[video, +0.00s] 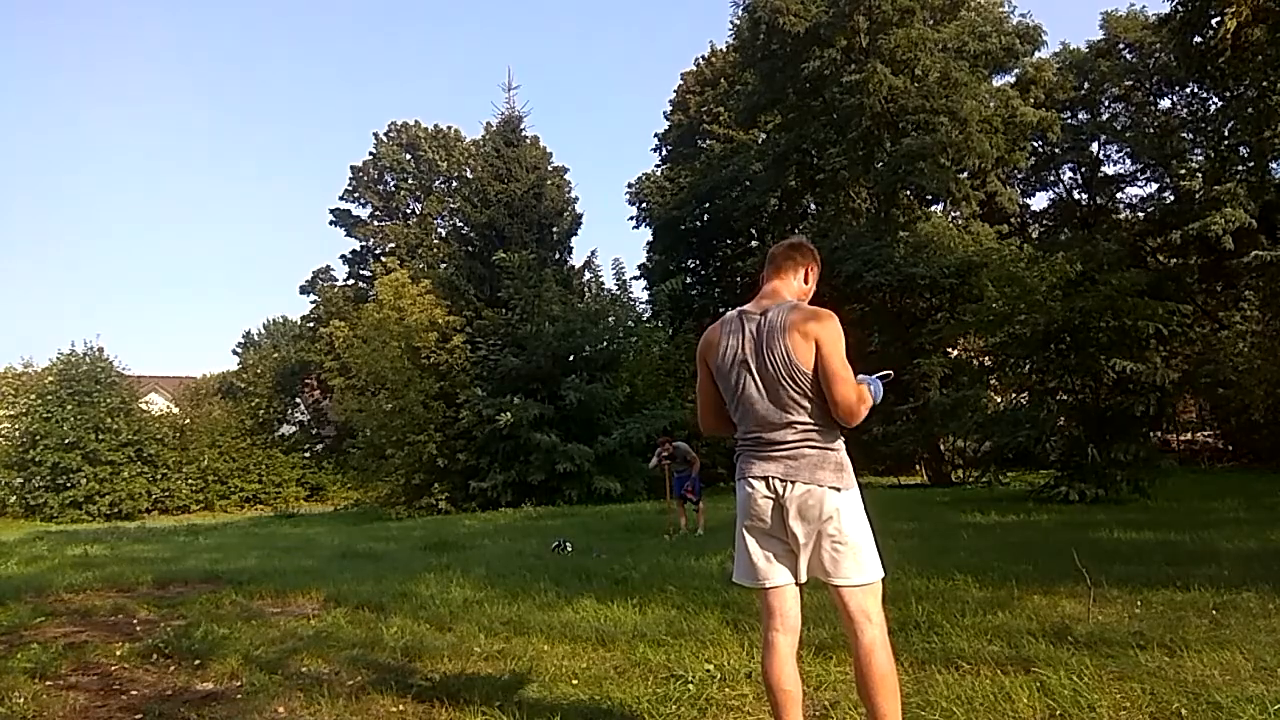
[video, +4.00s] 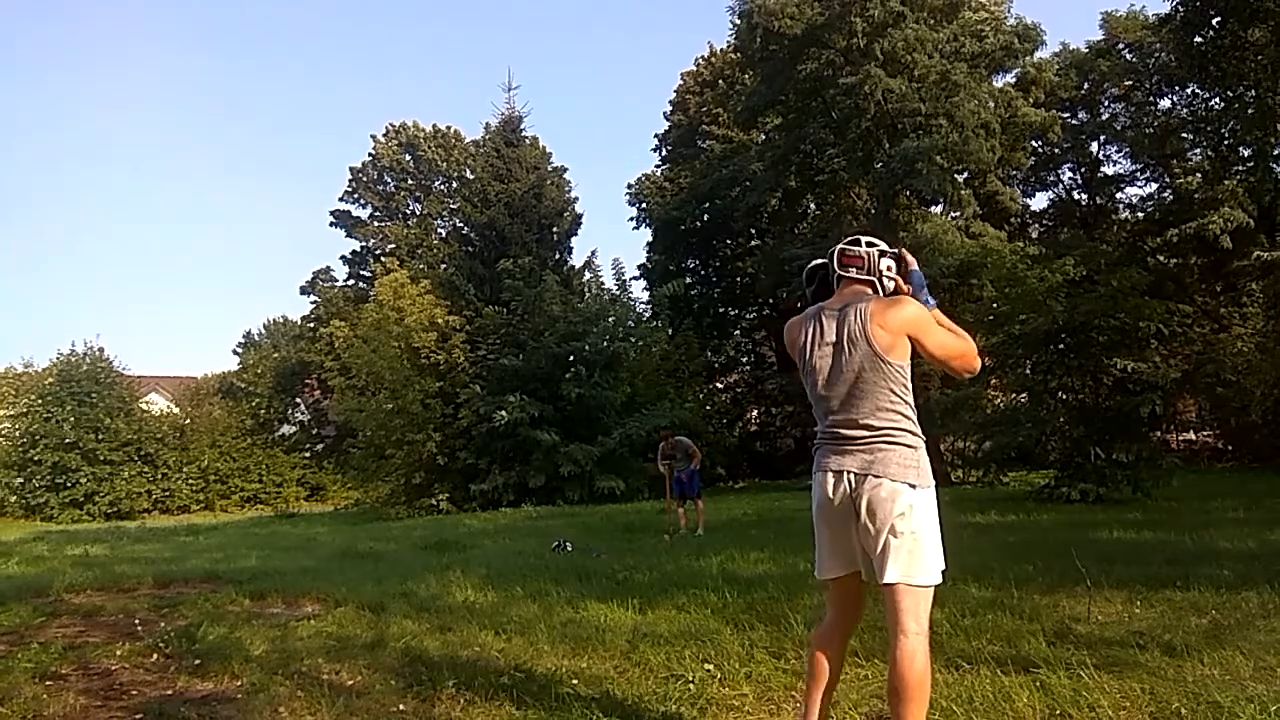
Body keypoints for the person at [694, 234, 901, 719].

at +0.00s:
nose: (814, 290)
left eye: (813, 283)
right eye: (815, 282)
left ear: (764, 275)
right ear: (806, 277)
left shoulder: (713, 336)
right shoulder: (818, 321)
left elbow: (712, 424)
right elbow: (848, 411)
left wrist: (764, 412)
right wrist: (866, 391)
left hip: (755, 489)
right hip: (823, 486)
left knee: (778, 629)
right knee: (867, 625)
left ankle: (789, 719)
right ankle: (887, 716)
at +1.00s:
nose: (833, 291)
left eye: (834, 284)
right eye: (833, 283)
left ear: (777, 278)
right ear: (821, 279)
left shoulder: (727, 325)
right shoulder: (822, 317)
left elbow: (757, 314)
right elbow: (874, 363)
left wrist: (807, 267)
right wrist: (854, 299)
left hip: (757, 484)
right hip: (826, 483)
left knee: (780, 630)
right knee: (869, 626)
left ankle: (791, 718)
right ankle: (888, 717)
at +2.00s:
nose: (839, 275)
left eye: (835, 265)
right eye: (832, 266)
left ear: (783, 277)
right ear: (815, 269)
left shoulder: (751, 324)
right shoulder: (851, 315)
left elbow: (768, 319)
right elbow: (925, 351)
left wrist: (825, 295)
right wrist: (888, 298)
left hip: (783, 480)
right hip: (854, 479)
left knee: (793, 627)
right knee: (882, 628)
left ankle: (795, 719)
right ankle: (895, 717)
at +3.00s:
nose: (866, 271)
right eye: (863, 264)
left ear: (800, 273)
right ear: (856, 266)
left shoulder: (769, 322)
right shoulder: (874, 309)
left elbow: (774, 323)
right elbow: (920, 375)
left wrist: (810, 287)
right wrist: (879, 302)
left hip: (801, 484)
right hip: (873, 482)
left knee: (803, 632)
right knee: (893, 634)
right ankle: (901, 718)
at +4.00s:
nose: (895, 282)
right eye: (892, 273)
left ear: (837, 275)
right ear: (884, 276)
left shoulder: (799, 329)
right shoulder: (898, 311)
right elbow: (969, 360)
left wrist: (848, 289)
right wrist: (924, 301)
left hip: (829, 478)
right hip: (897, 477)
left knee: (839, 611)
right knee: (910, 631)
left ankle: (810, 714)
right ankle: (908, 718)